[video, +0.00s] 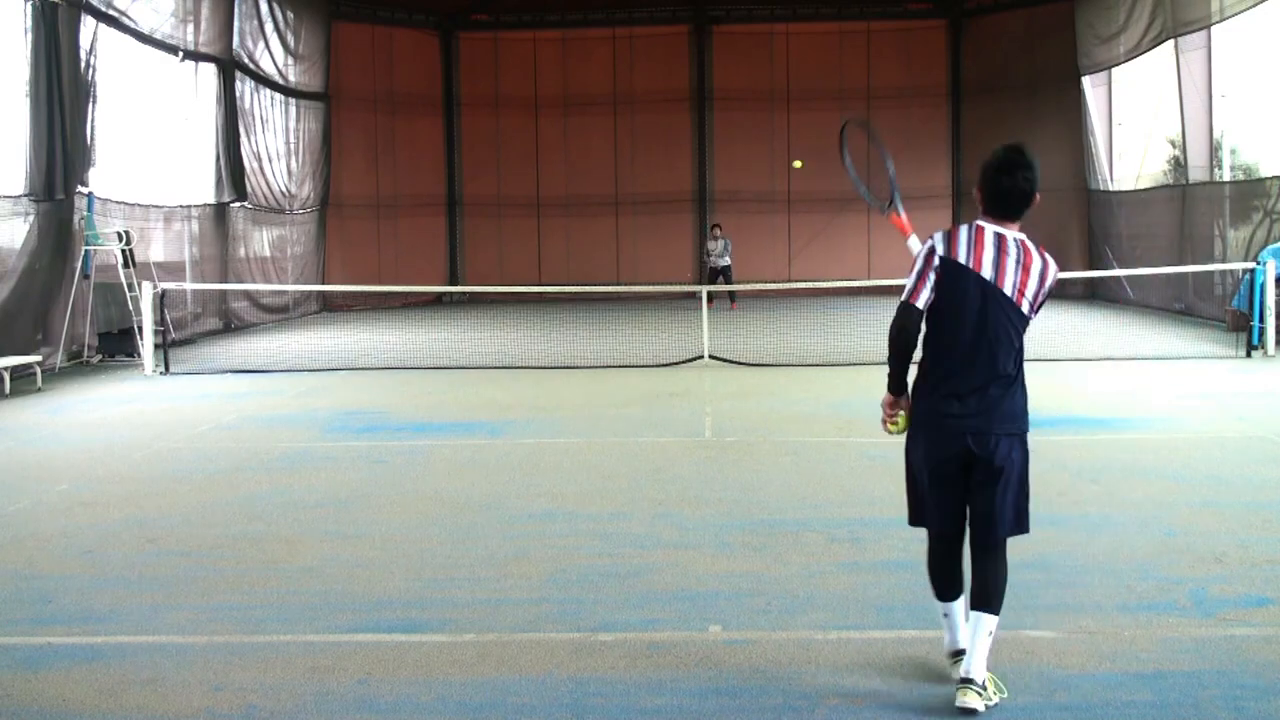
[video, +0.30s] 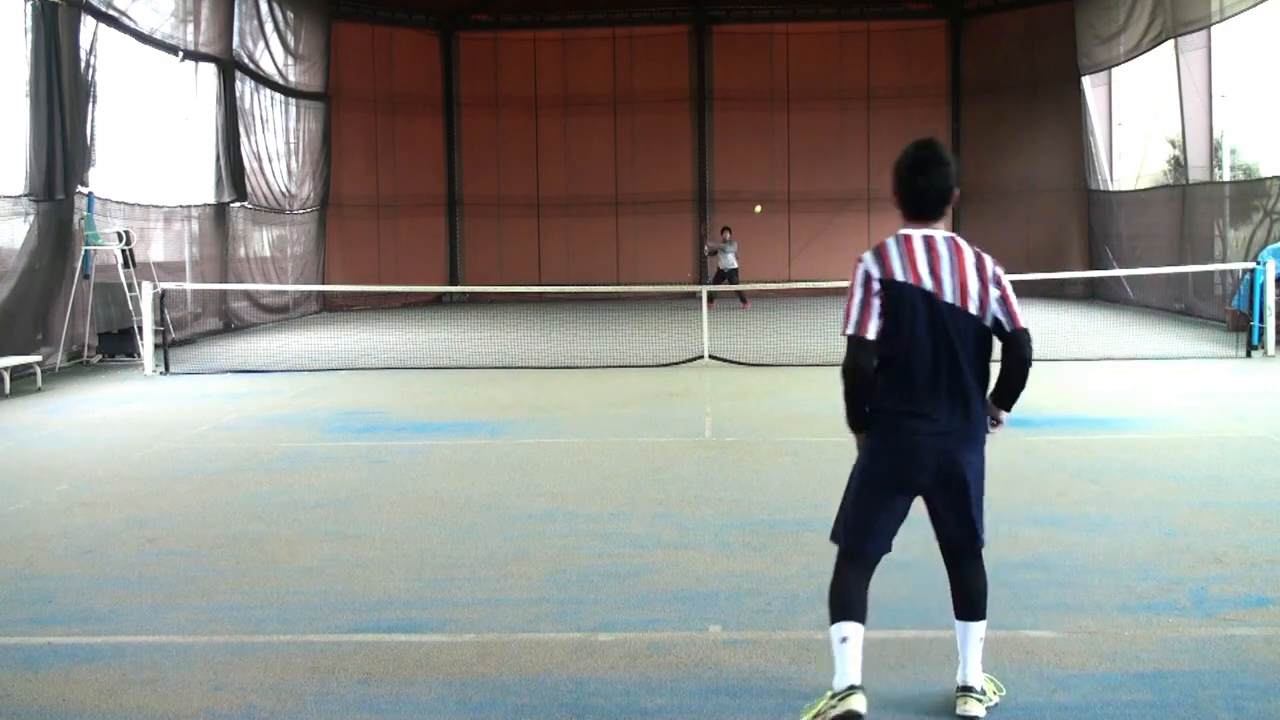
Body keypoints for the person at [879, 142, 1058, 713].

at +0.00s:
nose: (986, 195)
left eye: (984, 186)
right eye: (1028, 194)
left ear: (978, 193)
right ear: (1033, 203)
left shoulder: (940, 245)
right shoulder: (1042, 268)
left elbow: (905, 325)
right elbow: (1003, 314)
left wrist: (895, 388)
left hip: (937, 421)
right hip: (1000, 424)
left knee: (944, 532)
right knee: (991, 541)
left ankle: (957, 639)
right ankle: (974, 675)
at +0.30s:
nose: (940, 196)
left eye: (904, 188)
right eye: (945, 188)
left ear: (895, 197)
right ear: (952, 197)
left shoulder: (877, 262)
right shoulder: (982, 266)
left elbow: (859, 361)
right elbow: (1019, 349)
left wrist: (860, 427)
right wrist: (998, 406)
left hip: (894, 443)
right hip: (961, 443)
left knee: (855, 560)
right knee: (965, 555)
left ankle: (846, 685)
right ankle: (971, 681)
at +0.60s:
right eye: (845, 189)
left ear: (790, 201)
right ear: (851, 198)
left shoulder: (772, 276)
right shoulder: (889, 262)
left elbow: (765, 380)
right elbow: (951, 339)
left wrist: (786, 452)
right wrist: (944, 403)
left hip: (810, 458)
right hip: (885, 453)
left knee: (808, 593)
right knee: (914, 576)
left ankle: (816, 713)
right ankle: (932, 706)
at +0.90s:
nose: (773, 190)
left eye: (763, 181)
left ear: (757, 189)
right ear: (821, 189)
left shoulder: (737, 260)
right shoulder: (861, 262)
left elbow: (712, 361)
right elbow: (906, 355)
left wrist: (720, 407)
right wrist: (861, 409)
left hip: (759, 462)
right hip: (835, 463)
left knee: (735, 604)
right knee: (824, 612)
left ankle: (716, 713)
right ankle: (812, 717)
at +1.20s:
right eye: (750, 162)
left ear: (686, 173)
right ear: (753, 173)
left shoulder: (656, 252)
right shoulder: (788, 249)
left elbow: (648, 362)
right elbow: (832, 348)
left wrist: (702, 370)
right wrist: (784, 384)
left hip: (693, 457)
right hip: (774, 456)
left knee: (661, 610)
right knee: (791, 607)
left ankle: (634, 717)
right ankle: (808, 717)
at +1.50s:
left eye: (648, 160)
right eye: (714, 157)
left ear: (644, 171)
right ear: (716, 168)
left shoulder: (620, 250)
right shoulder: (754, 247)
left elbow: (614, 364)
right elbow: (811, 347)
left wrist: (671, 381)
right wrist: (757, 398)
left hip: (658, 463)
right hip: (744, 460)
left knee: (637, 621)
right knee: (766, 611)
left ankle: (622, 717)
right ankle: (782, 717)